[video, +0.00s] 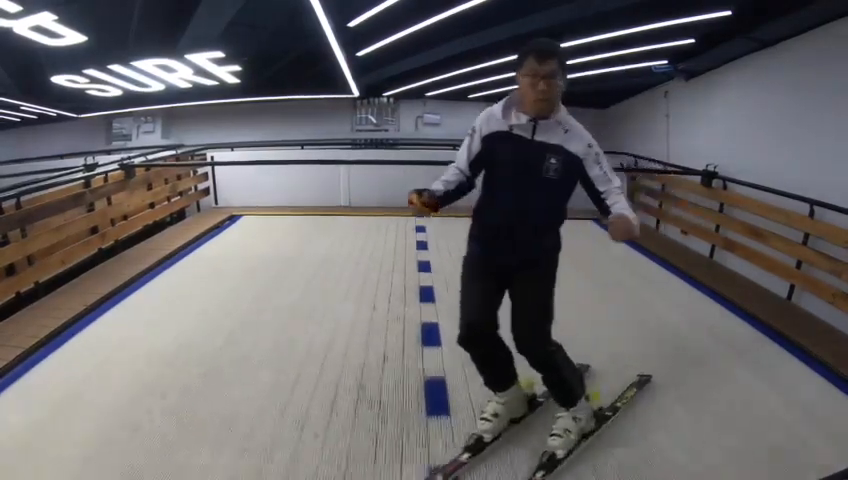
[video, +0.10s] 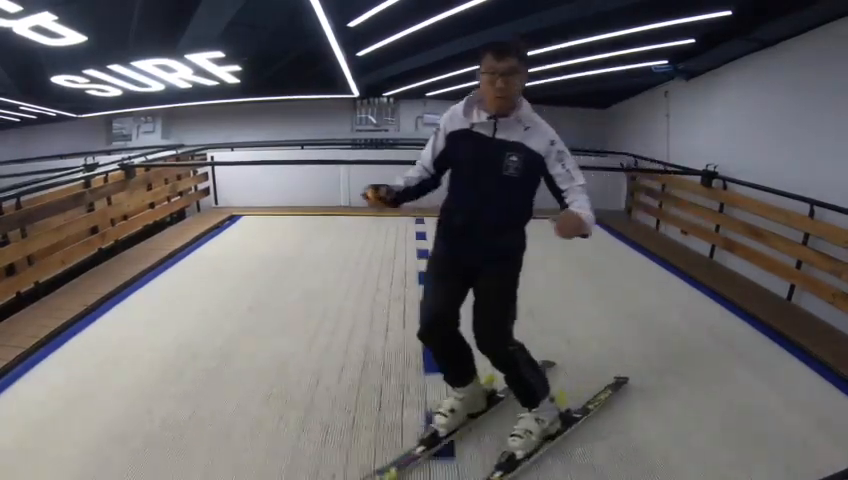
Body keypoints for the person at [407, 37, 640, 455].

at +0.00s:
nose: (542, 86)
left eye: (551, 78)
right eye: (533, 77)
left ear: (563, 83)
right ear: (518, 80)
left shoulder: (576, 139)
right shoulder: (489, 122)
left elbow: (608, 191)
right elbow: (462, 172)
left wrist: (620, 214)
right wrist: (434, 196)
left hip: (536, 253)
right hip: (485, 247)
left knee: (531, 340)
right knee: (474, 332)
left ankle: (575, 403)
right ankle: (509, 395)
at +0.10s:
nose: (499, 84)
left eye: (509, 75)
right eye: (491, 75)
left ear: (524, 78)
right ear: (479, 77)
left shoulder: (540, 137)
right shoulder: (454, 121)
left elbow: (573, 189)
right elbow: (427, 173)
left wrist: (579, 216)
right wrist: (395, 194)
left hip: (501, 250)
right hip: (452, 243)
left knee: (492, 336)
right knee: (434, 326)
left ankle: (541, 408)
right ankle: (467, 390)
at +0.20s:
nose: (453, 81)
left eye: (462, 72)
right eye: (445, 73)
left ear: (478, 75)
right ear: (433, 76)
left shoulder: (497, 131)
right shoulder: (413, 119)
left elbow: (532, 186)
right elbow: (387, 171)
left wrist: (533, 212)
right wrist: (352, 190)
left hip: (461, 248)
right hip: (413, 240)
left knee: (448, 333)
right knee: (392, 323)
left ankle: (500, 407)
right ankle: (425, 383)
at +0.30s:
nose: (402, 76)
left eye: (412, 67)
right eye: (395, 68)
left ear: (431, 68)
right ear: (386, 70)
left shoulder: (450, 124)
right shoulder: (369, 116)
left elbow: (489, 178)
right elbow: (345, 165)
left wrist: (490, 204)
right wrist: (307, 184)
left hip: (419, 240)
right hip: (372, 234)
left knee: (408, 326)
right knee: (351, 314)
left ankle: (459, 402)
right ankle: (384, 375)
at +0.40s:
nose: (355, 67)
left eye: (365, 58)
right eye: (349, 59)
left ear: (386, 63)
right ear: (342, 64)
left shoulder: (404, 113)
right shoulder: (325, 108)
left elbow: (441, 161)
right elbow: (303, 158)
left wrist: (446, 190)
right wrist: (266, 177)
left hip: (377, 229)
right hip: (331, 225)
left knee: (372, 314)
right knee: (313, 307)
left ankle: (420, 387)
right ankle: (343, 367)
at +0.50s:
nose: (310, 64)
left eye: (321, 56)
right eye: (304, 56)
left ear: (342, 59)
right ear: (298, 59)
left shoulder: (362, 108)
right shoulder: (286, 105)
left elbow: (402, 153)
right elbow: (263, 155)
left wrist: (403, 184)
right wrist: (225, 174)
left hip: (339, 221)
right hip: (294, 218)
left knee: (326, 303)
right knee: (279, 301)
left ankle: (369, 371)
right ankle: (305, 357)